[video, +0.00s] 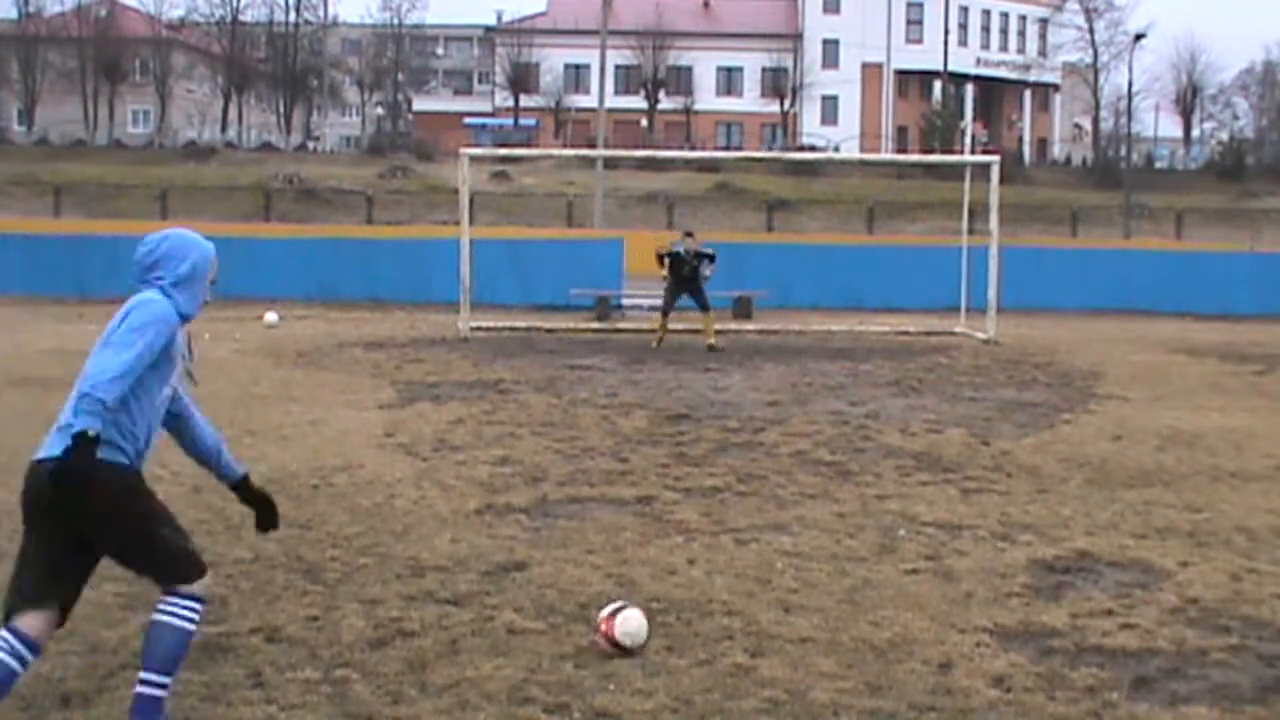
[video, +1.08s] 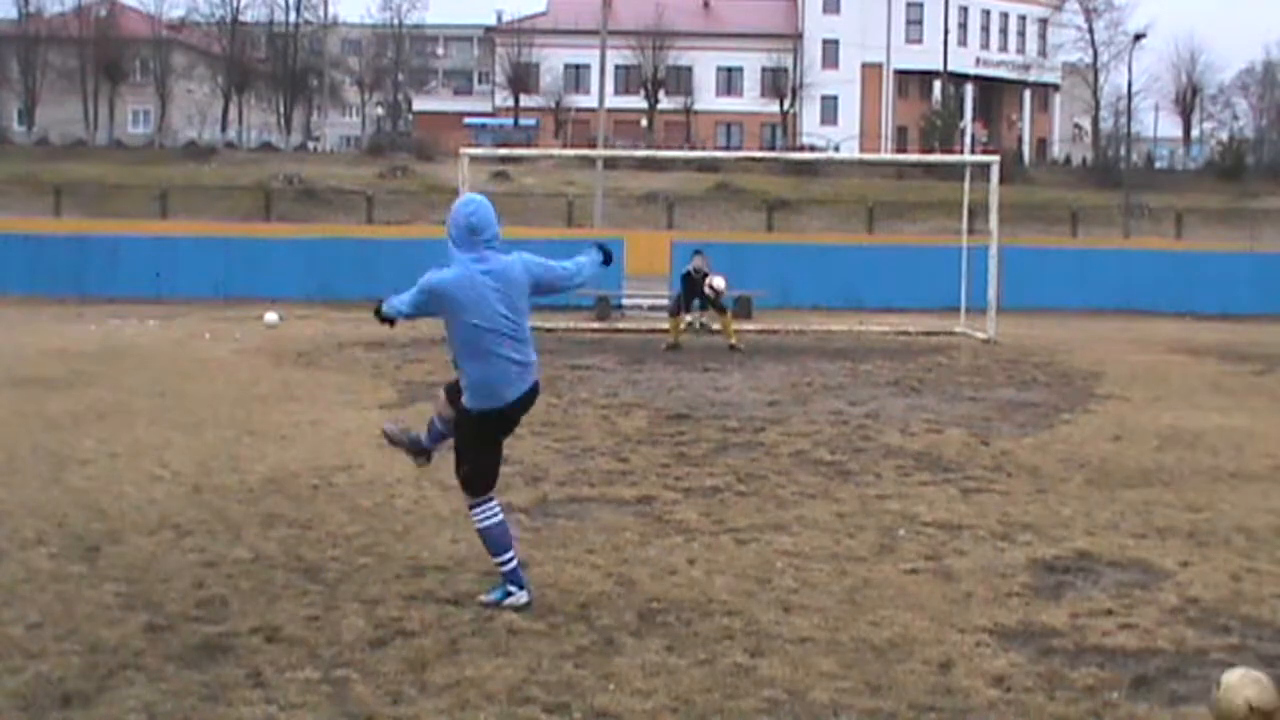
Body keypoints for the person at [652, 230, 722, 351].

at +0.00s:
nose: (689, 245)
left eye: (691, 242)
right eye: (686, 242)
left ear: (695, 243)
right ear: (682, 243)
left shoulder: (698, 254)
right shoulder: (674, 252)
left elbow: (712, 257)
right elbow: (660, 254)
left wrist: (708, 271)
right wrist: (663, 269)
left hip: (693, 283)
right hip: (675, 283)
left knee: (706, 310)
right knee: (665, 311)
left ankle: (711, 340)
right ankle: (660, 337)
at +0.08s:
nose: (693, 248)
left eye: (695, 245)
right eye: (691, 245)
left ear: (699, 246)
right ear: (687, 246)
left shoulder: (704, 258)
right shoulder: (679, 257)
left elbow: (717, 262)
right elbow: (665, 259)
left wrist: (712, 276)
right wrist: (669, 273)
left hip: (698, 284)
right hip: (680, 284)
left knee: (709, 310)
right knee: (668, 307)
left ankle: (711, 339)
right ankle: (672, 333)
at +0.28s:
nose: (695, 250)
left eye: (697, 247)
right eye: (693, 247)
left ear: (701, 249)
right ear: (689, 249)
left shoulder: (707, 259)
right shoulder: (682, 259)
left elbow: (719, 267)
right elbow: (668, 267)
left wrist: (715, 281)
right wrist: (677, 280)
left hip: (704, 285)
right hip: (687, 286)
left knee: (721, 307)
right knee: (679, 311)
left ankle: (717, 337)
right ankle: (682, 341)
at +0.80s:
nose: (701, 253)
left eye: (704, 250)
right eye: (699, 249)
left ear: (707, 252)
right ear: (695, 251)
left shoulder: (713, 268)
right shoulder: (687, 266)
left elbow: (716, 287)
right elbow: (677, 281)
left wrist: (714, 300)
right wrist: (682, 294)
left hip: (709, 290)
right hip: (691, 289)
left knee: (725, 309)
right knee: (677, 310)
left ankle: (732, 339)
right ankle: (672, 340)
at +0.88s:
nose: (701, 256)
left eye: (703, 253)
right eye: (699, 253)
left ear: (707, 256)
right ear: (695, 254)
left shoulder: (712, 272)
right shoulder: (686, 270)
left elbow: (713, 292)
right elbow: (680, 290)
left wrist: (711, 307)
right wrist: (683, 304)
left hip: (708, 295)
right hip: (691, 294)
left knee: (726, 313)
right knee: (679, 315)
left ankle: (733, 341)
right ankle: (672, 341)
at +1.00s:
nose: (701, 261)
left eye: (703, 258)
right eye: (698, 258)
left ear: (707, 261)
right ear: (695, 260)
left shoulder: (710, 276)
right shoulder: (688, 275)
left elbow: (708, 299)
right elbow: (687, 296)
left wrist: (707, 316)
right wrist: (688, 314)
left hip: (706, 298)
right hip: (691, 298)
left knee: (727, 307)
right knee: (676, 310)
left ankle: (732, 340)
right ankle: (673, 340)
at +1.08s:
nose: (716, 296)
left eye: (718, 294)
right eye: (714, 293)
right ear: (708, 286)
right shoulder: (686, 277)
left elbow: (704, 304)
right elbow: (686, 297)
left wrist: (702, 318)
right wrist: (686, 315)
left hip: (704, 293)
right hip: (688, 295)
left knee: (724, 313)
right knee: (673, 312)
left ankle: (732, 341)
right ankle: (674, 340)